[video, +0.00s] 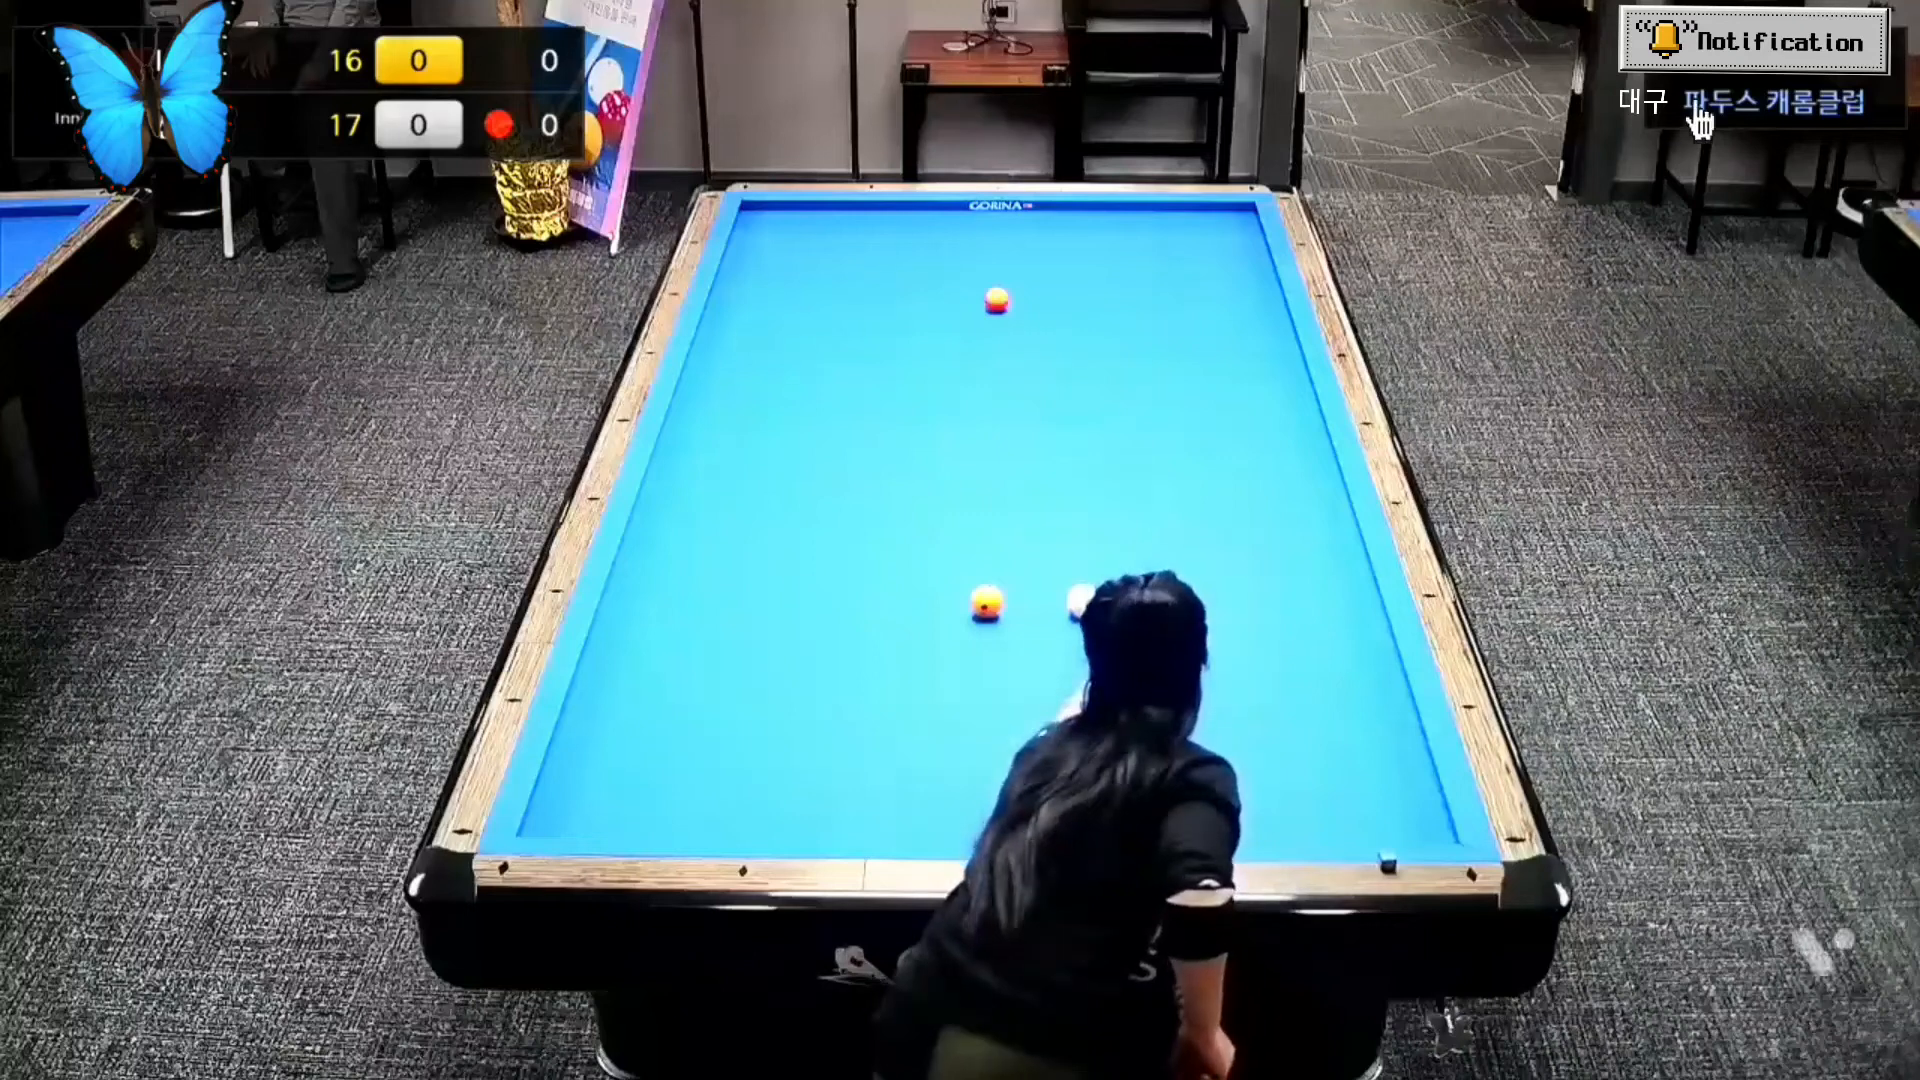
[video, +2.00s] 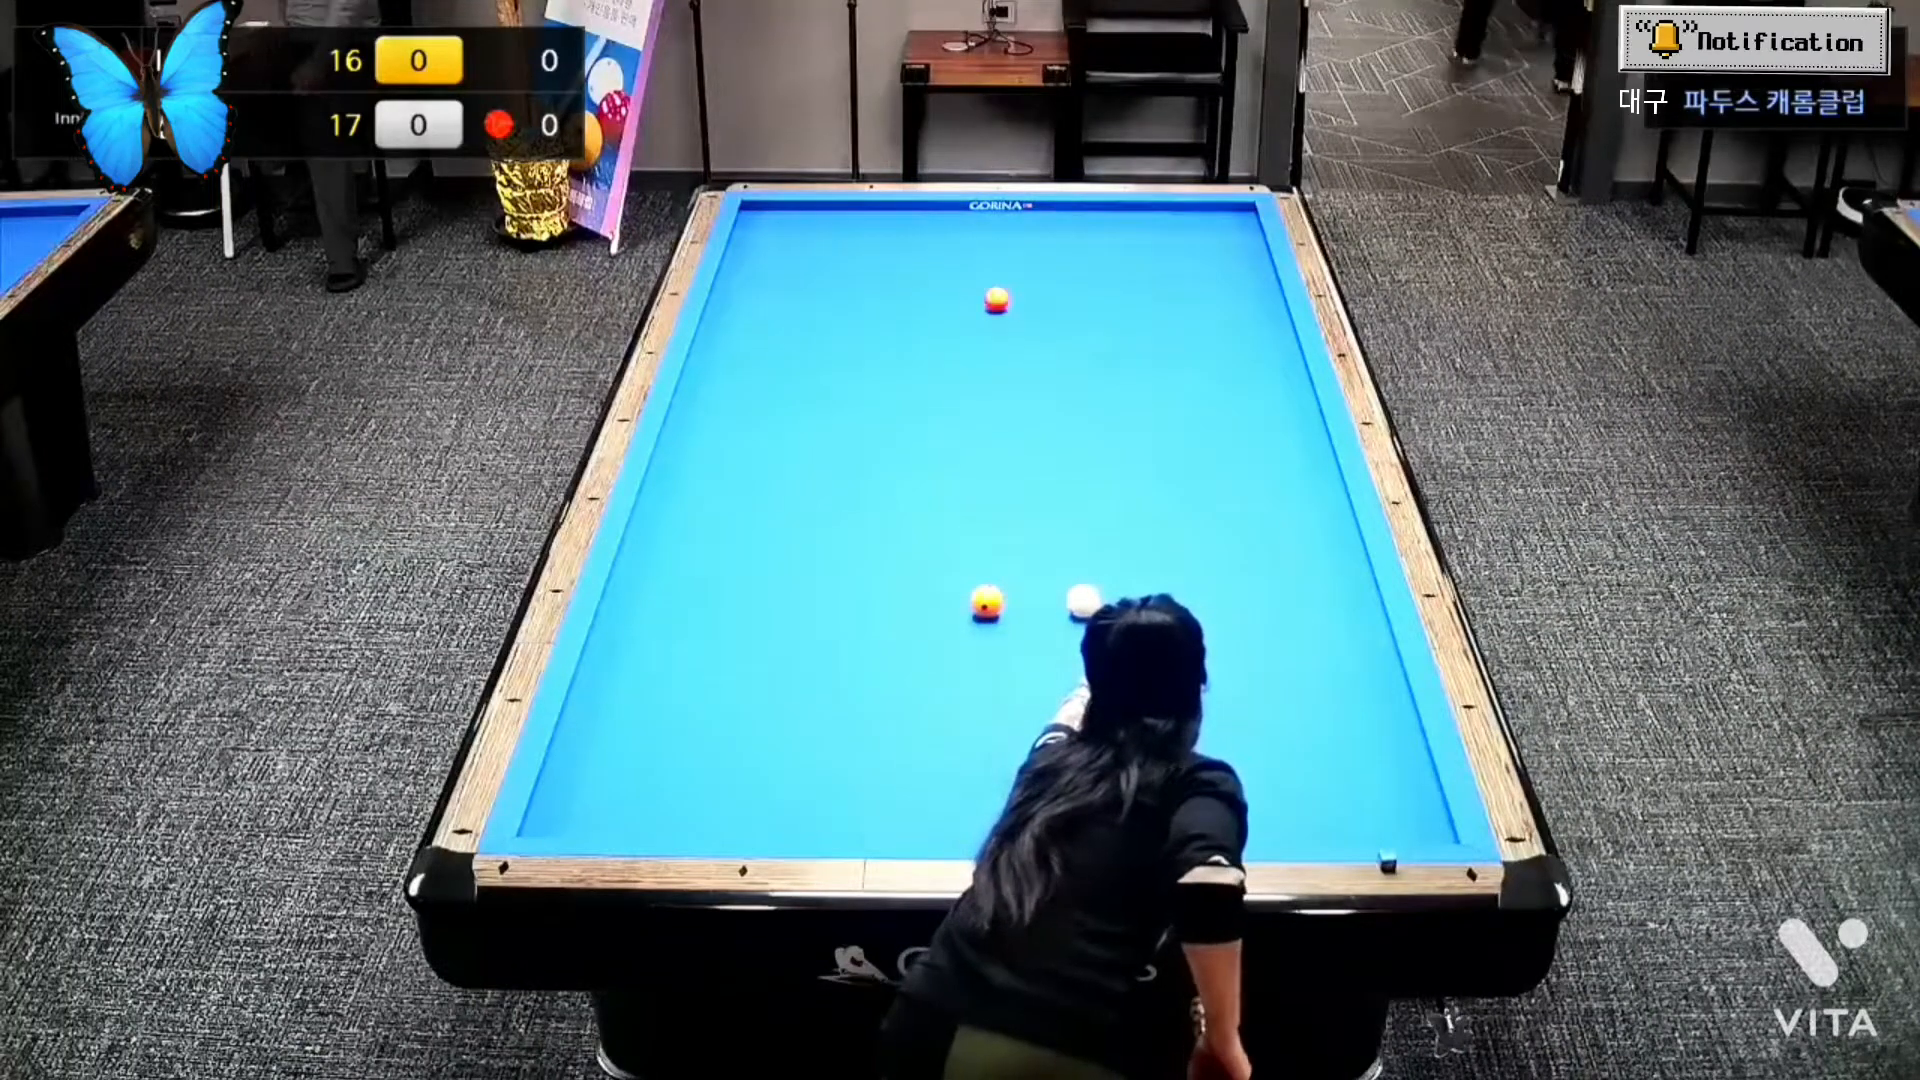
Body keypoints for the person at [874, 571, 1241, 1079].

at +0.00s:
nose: (1206, 666)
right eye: (1202, 656)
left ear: (1100, 664)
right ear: (1194, 666)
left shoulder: (1046, 748)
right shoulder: (1195, 773)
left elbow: (1078, 705)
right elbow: (1198, 903)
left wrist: (1101, 625)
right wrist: (1204, 1029)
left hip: (957, 1035)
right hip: (1077, 1051)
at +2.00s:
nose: (1207, 680)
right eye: (1202, 670)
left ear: (1099, 685)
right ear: (1193, 683)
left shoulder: (1052, 756)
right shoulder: (1203, 780)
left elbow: (1071, 717)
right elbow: (1206, 889)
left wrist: (1091, 683)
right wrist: (1222, 1036)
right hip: (1080, 1044)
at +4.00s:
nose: (1220, 672)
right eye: (1216, 660)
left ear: (1112, 671)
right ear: (1205, 669)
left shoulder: (1058, 748)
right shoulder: (1221, 771)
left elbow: (1077, 708)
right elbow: (1233, 872)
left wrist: (1104, 669)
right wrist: (1232, 937)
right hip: (1109, 1037)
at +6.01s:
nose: (1174, 540)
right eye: (1173, 526)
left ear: (1045, 526)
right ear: (1169, 543)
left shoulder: (986, 626)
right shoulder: (1191, 715)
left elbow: (933, 771)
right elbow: (1192, 924)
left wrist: (981, 858)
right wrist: (1219, 951)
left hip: (990, 987)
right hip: (1133, 1005)